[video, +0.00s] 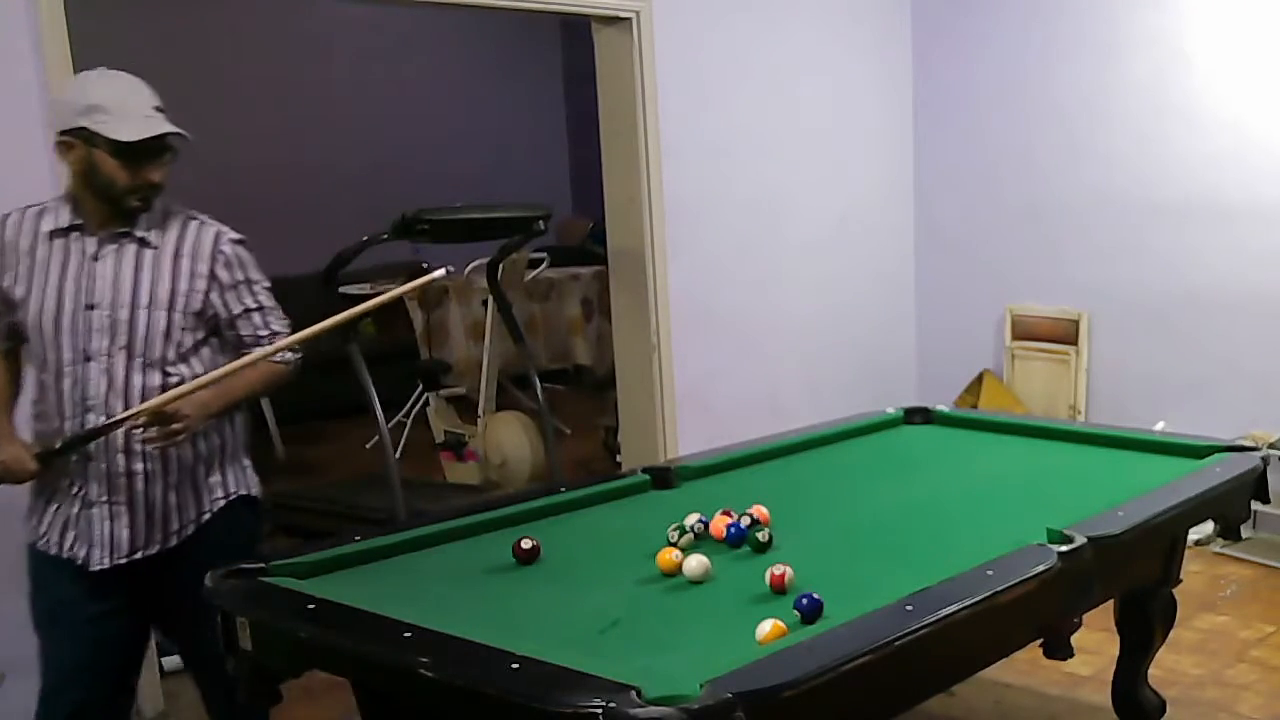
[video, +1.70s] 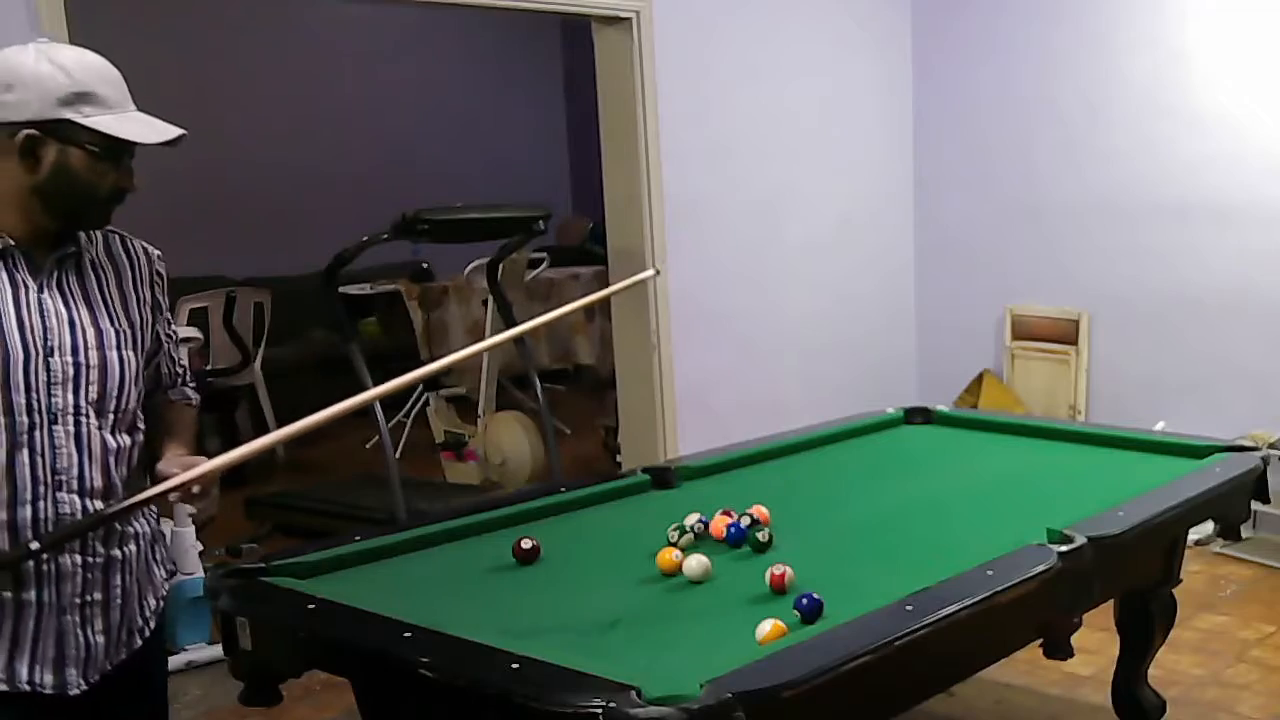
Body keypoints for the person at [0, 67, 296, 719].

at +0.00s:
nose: (153, 173)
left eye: (161, 155)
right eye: (132, 155)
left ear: (174, 152)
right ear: (71, 150)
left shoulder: (207, 247)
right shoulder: (18, 241)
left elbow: (280, 352)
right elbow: (7, 347)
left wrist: (207, 400)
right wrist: (5, 435)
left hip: (202, 528)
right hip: (75, 537)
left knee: (240, 700)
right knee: (76, 706)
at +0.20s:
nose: (89, 167)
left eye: (93, 148)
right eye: (67, 149)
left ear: (102, 145)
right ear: (7, 144)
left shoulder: (141, 243)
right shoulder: (1, 244)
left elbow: (217, 349)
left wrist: (156, 406)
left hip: (149, 541)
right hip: (23, 563)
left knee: (211, 701)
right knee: (34, 709)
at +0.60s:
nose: (15, 156)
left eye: (17, 138)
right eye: (4, 139)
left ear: (22, 142)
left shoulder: (61, 234)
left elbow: (133, 344)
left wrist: (98, 408)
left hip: (87, 525)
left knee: (117, 698)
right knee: (16, 705)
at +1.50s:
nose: (115, 171)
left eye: (116, 149)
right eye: (96, 149)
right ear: (19, 142)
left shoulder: (132, 262)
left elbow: (172, 388)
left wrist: (164, 446)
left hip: (118, 616)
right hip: (9, 625)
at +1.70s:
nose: (129, 180)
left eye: (129, 156)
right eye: (110, 156)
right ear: (31, 151)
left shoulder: (137, 267)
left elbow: (174, 384)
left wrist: (176, 450)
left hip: (130, 629)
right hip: (15, 648)